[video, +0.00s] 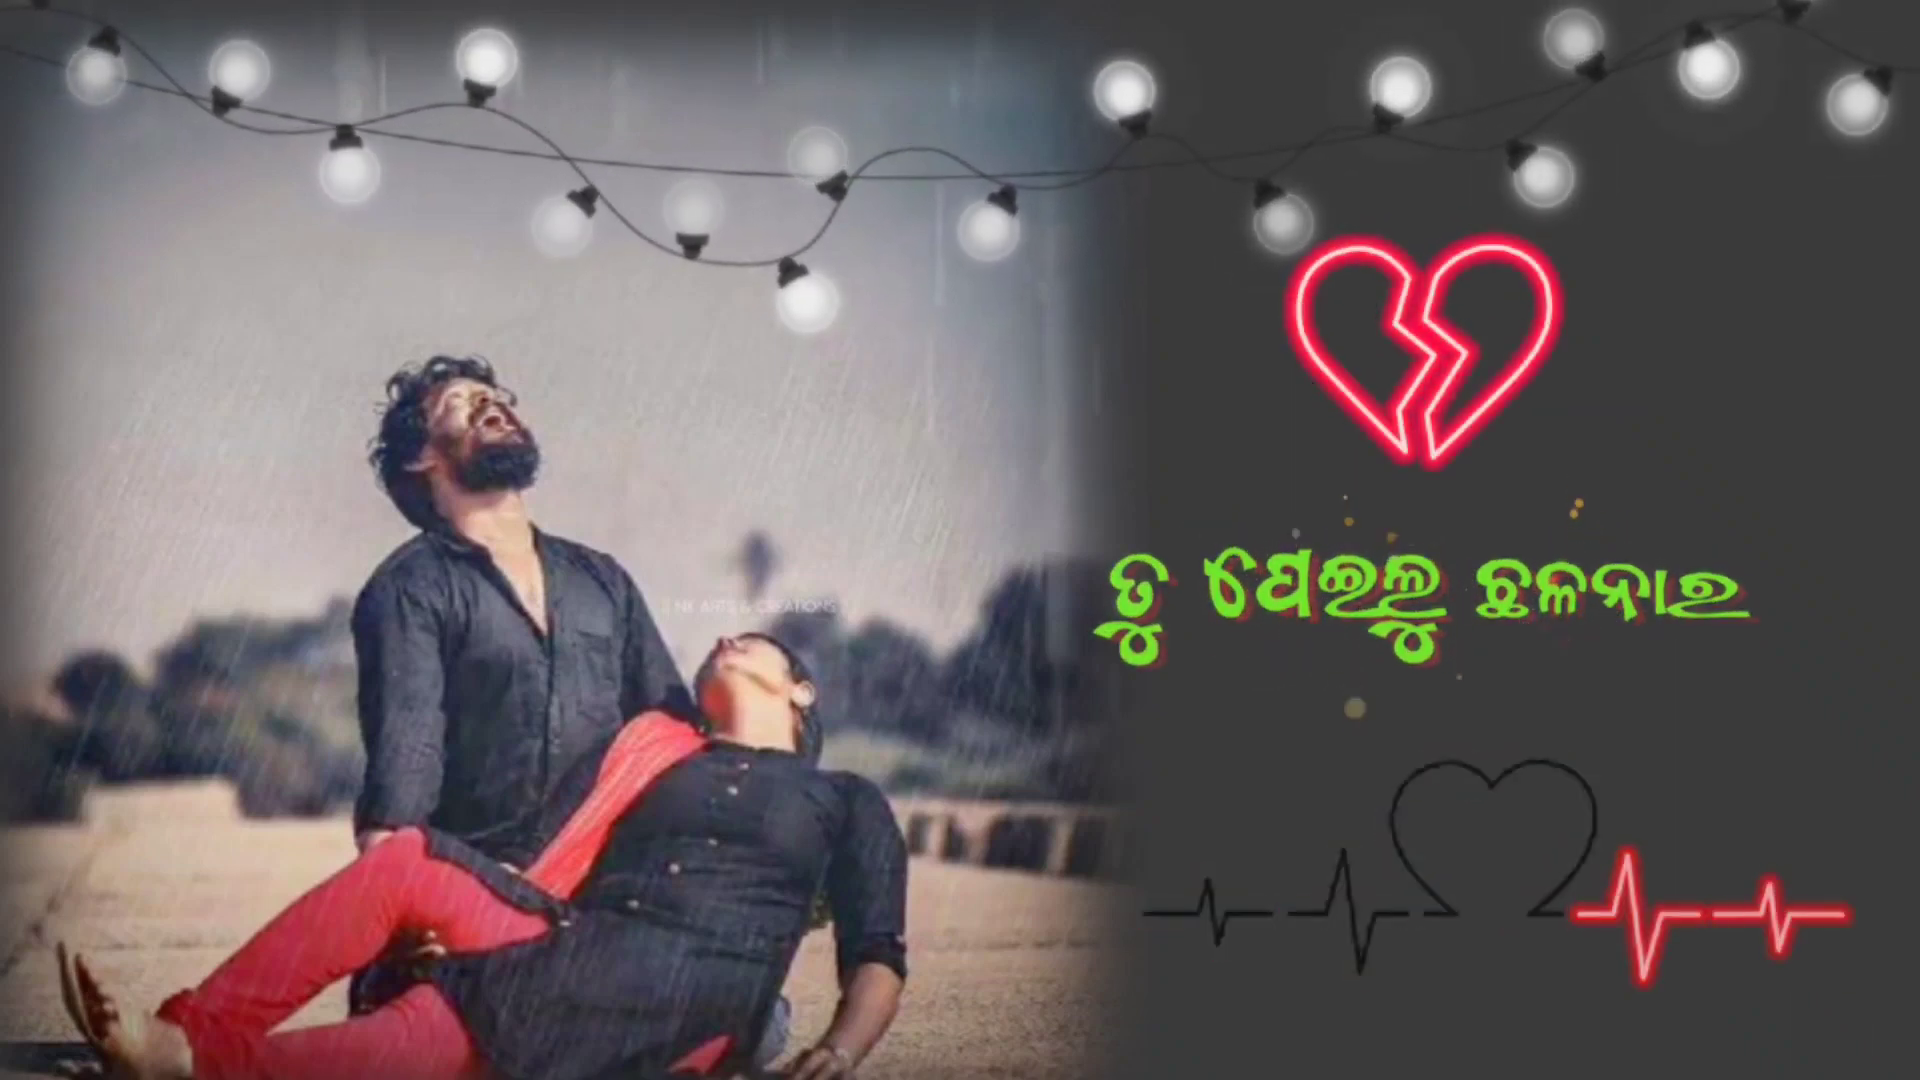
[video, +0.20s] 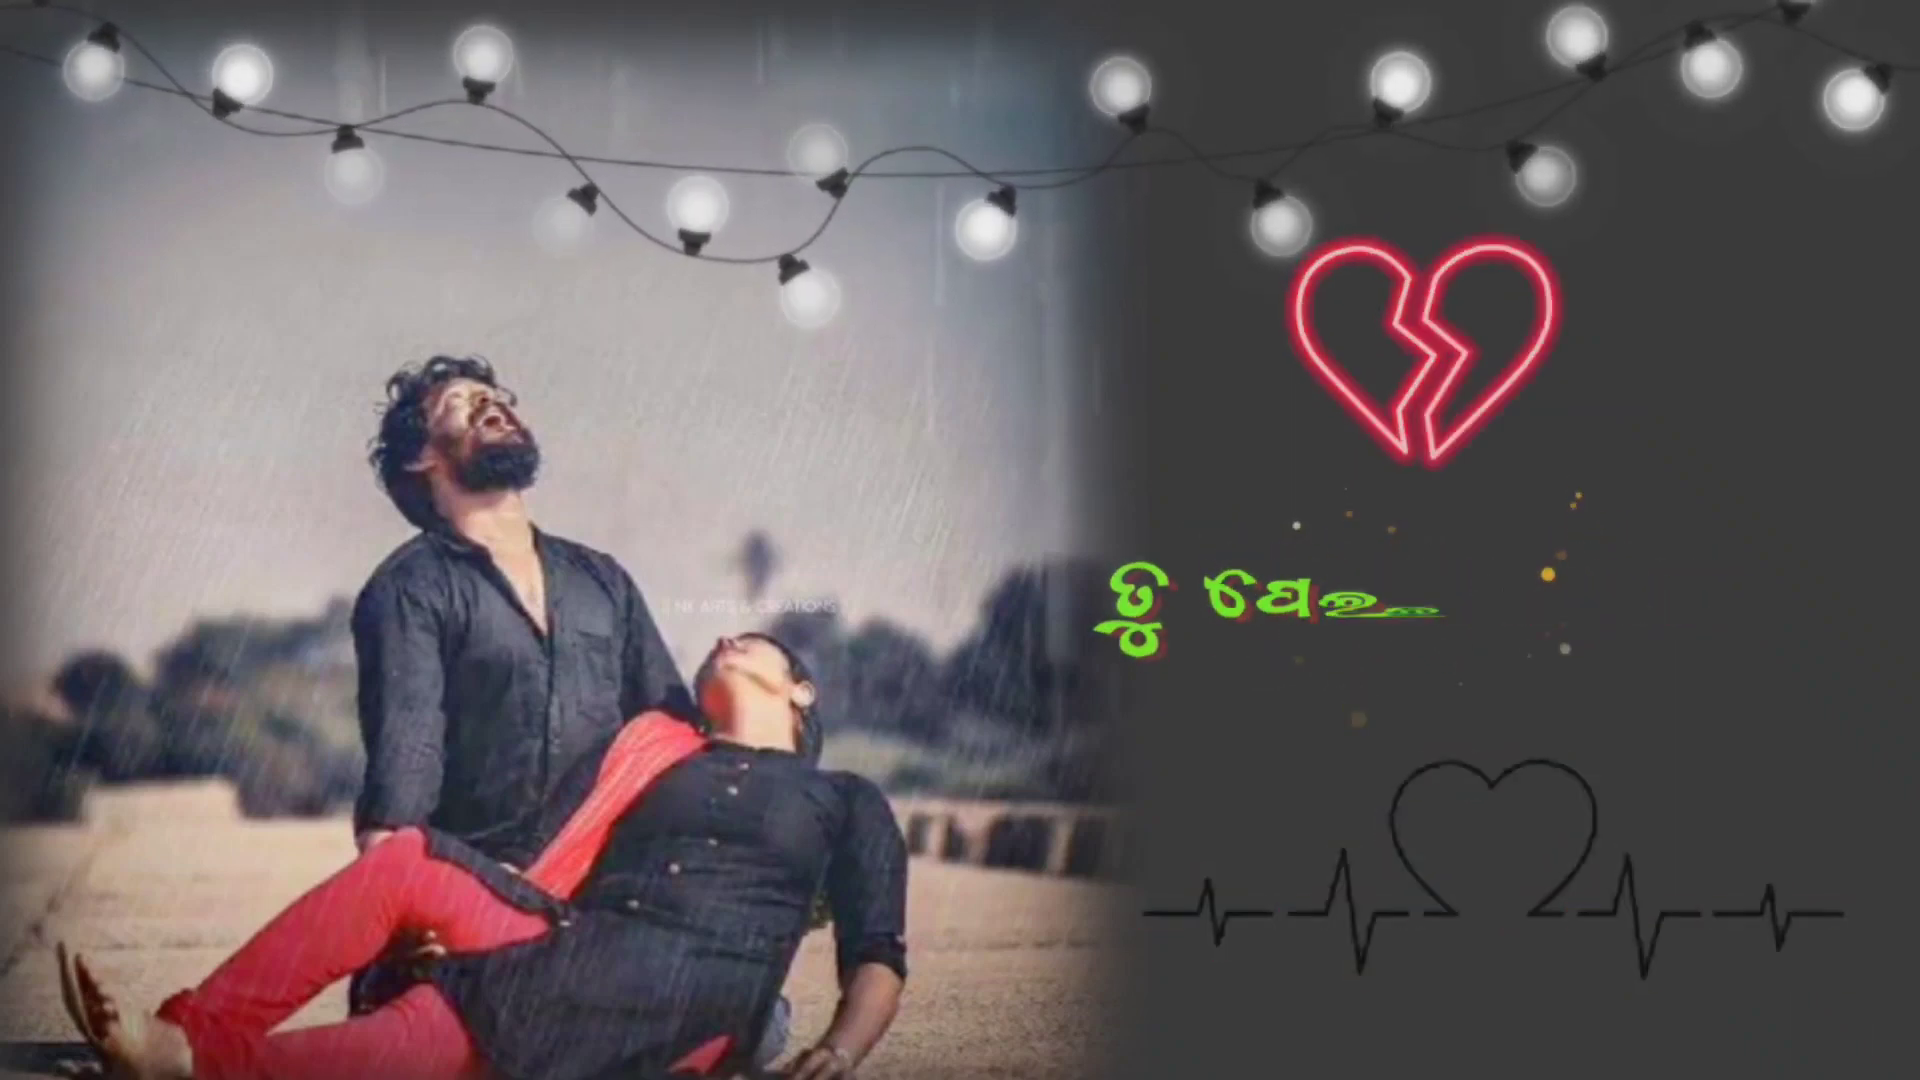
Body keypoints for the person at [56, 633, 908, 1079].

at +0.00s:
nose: (722, 660)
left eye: (749, 656)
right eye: (717, 659)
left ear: (799, 699)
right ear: (709, 698)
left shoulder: (844, 798)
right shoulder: (662, 755)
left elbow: (879, 967)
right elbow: (574, 892)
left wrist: (836, 1063)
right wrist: (455, 949)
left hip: (693, 982)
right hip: (587, 946)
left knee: (451, 1028)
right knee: (400, 859)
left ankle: (187, 1058)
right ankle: (177, 1040)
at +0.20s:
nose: (721, 660)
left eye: (749, 656)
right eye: (717, 659)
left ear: (799, 699)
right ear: (709, 698)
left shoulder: (844, 798)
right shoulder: (662, 755)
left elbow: (879, 967)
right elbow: (574, 892)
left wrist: (836, 1063)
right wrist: (455, 949)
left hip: (693, 982)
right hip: (587, 945)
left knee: (451, 1027)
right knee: (400, 859)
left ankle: (188, 1058)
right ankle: (178, 1040)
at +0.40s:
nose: (721, 658)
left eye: (748, 654)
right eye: (716, 657)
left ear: (799, 699)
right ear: (709, 699)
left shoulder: (844, 798)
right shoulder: (662, 753)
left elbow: (879, 968)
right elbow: (572, 891)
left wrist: (834, 1065)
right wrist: (455, 946)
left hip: (691, 984)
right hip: (585, 945)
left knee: (450, 1029)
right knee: (400, 862)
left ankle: (188, 1058)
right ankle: (179, 1041)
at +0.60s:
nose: (721, 660)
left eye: (749, 656)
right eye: (716, 659)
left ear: (799, 699)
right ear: (709, 698)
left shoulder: (844, 798)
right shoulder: (662, 755)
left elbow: (879, 967)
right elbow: (574, 891)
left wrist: (836, 1063)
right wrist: (455, 949)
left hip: (693, 982)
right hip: (587, 945)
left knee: (451, 1027)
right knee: (400, 859)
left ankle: (187, 1058)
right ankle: (178, 1041)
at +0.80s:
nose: (721, 660)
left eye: (749, 656)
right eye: (716, 659)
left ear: (799, 699)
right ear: (709, 698)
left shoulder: (844, 798)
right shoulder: (662, 755)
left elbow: (879, 967)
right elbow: (574, 892)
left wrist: (835, 1063)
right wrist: (455, 949)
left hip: (693, 982)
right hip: (587, 945)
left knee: (452, 1028)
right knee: (400, 859)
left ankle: (188, 1058)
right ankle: (178, 1041)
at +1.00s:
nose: (722, 660)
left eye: (749, 656)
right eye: (717, 659)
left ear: (799, 699)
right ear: (709, 698)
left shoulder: (844, 798)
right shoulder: (662, 755)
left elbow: (879, 967)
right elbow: (574, 892)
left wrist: (835, 1063)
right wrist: (455, 949)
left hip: (693, 982)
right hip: (587, 945)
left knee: (451, 1028)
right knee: (400, 859)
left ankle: (188, 1058)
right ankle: (178, 1041)